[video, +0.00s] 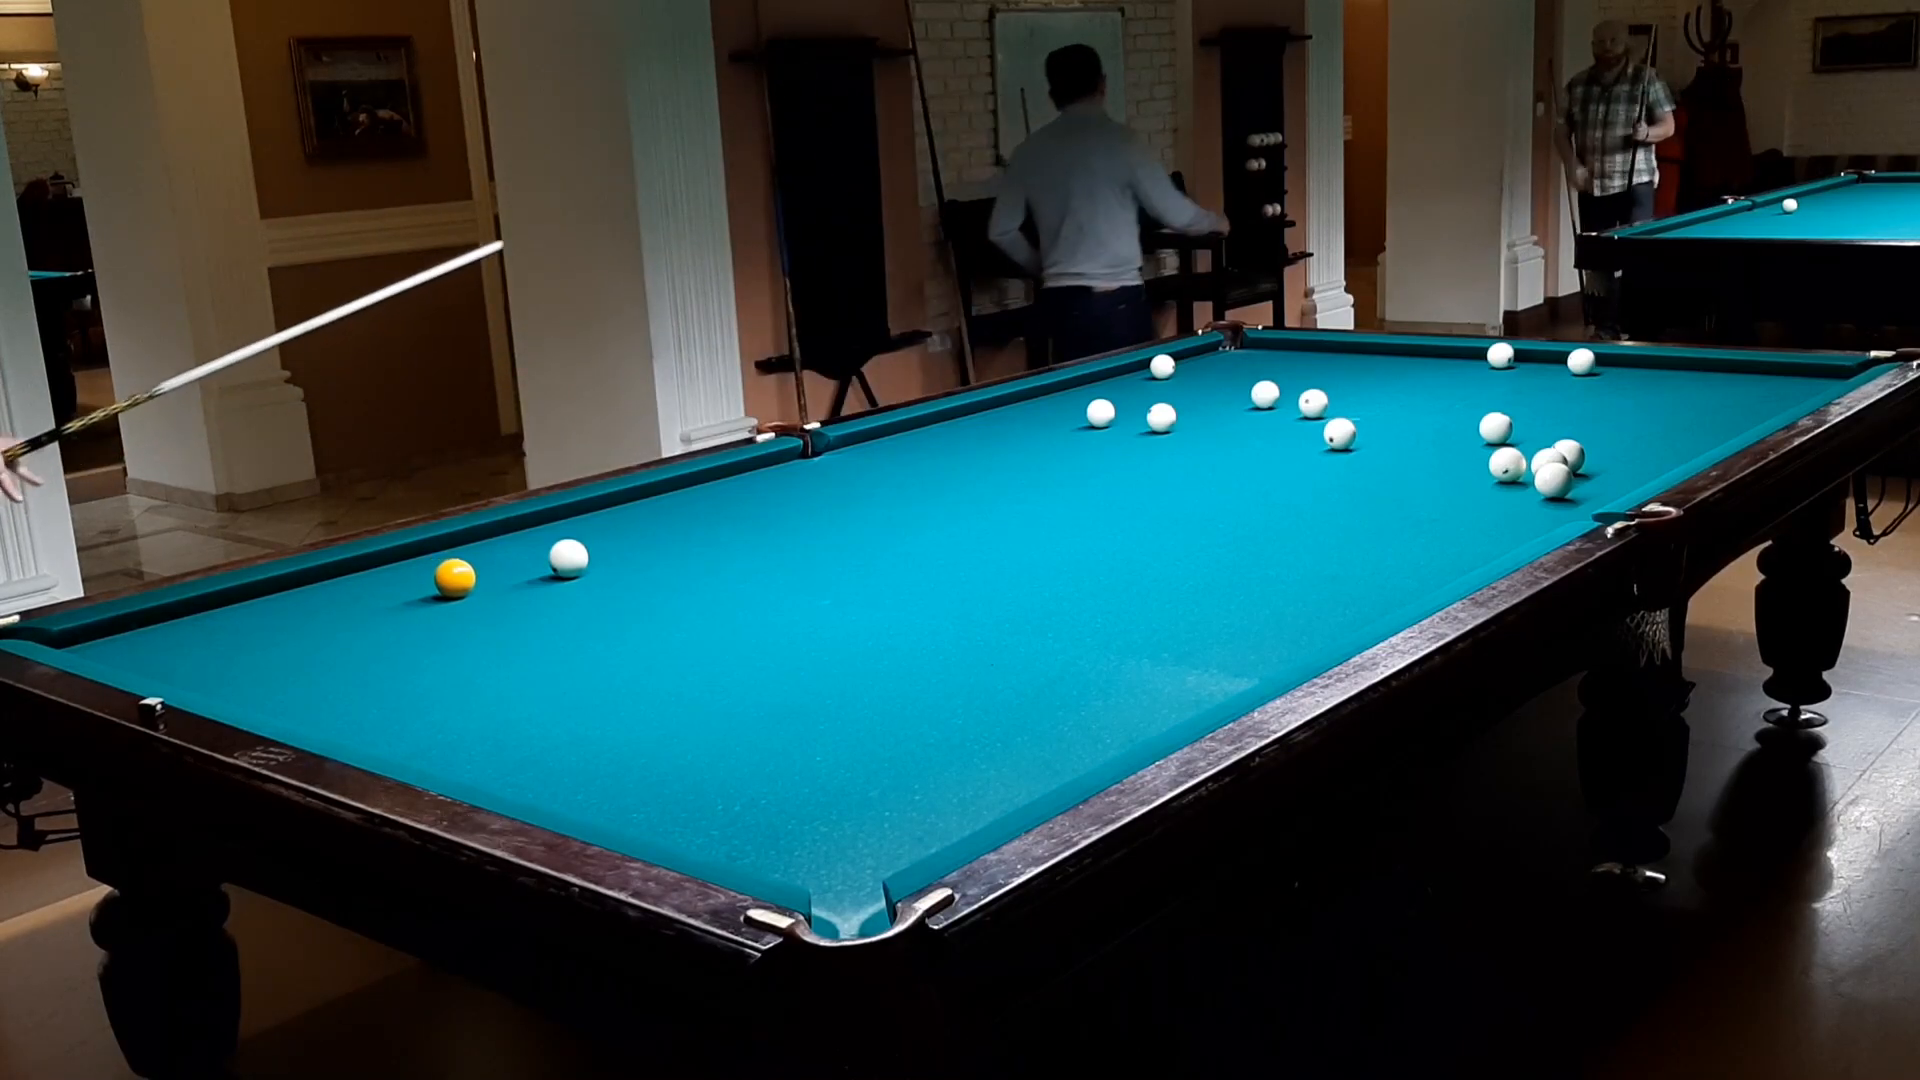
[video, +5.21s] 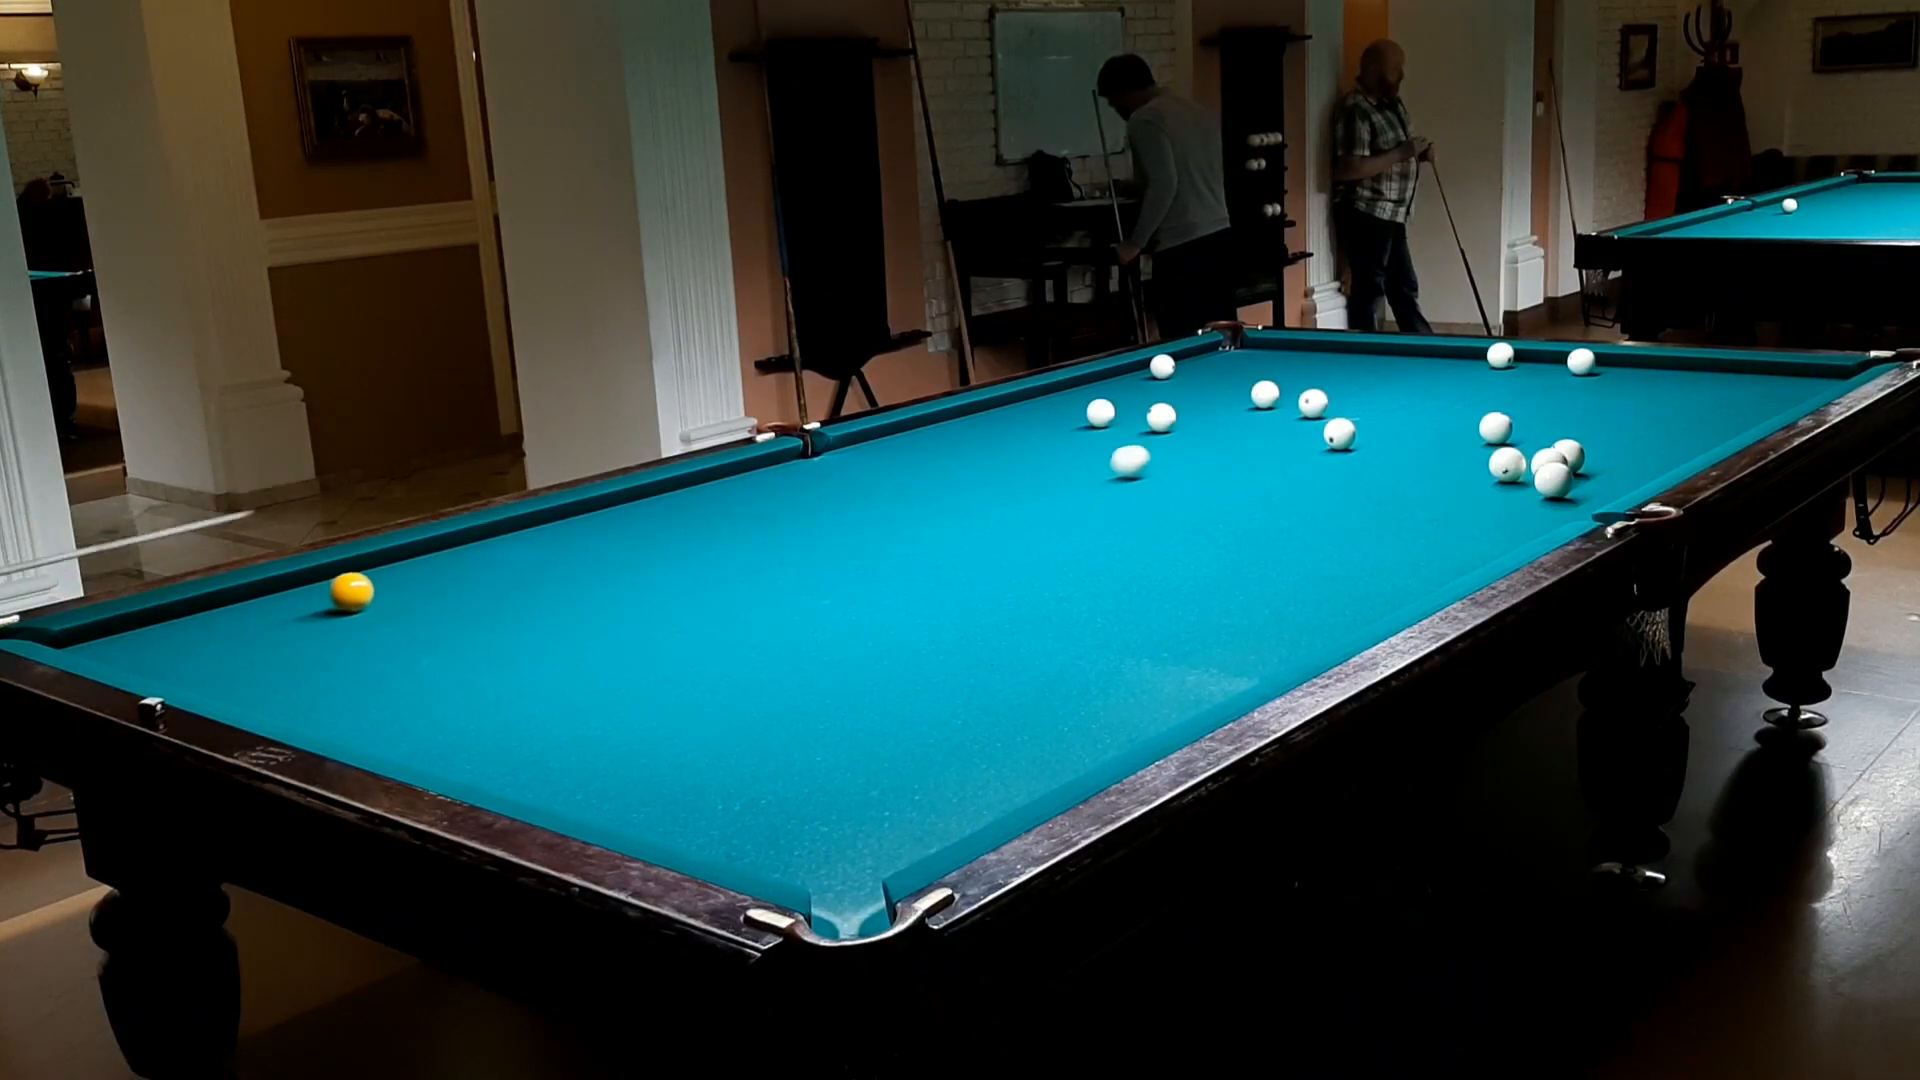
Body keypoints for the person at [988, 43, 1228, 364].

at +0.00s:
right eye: (1102, 80)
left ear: (1052, 95)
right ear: (1102, 85)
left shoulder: (1030, 151)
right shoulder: (1121, 140)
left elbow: (1001, 230)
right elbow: (1172, 212)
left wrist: (1042, 267)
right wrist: (1215, 221)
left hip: (1060, 302)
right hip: (1121, 301)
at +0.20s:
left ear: (1098, 88)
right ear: (1146, 78)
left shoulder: (1077, 140)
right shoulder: (1175, 134)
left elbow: (1049, 215)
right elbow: (1229, 205)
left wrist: (1077, 264)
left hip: (1105, 286)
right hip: (1171, 284)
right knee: (1175, 394)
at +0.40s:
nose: (1133, 100)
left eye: (1133, 93)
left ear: (1134, 96)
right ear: (1179, 87)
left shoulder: (1122, 146)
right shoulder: (1217, 140)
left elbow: (1100, 220)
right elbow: (1253, 205)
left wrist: (1093, 267)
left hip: (1147, 293)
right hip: (1211, 286)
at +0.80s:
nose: (1136, 94)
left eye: (1136, 85)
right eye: (1135, 85)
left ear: (1146, 85)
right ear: (1178, 77)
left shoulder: (1148, 130)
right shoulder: (1216, 120)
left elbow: (1148, 199)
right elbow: (1217, 185)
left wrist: (1120, 246)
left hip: (1172, 266)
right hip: (1222, 258)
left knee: (1172, 358)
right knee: (1219, 352)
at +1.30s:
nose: (1148, 96)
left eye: (1149, 87)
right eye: (1146, 88)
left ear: (1164, 83)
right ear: (1187, 74)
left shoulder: (1183, 118)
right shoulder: (1228, 116)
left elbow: (1200, 180)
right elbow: (1233, 181)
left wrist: (1159, 225)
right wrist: (1171, 176)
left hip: (1197, 252)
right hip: (1233, 246)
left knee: (1187, 345)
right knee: (1224, 339)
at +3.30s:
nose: (1123, 103)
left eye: (1121, 94)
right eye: (1119, 95)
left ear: (1131, 87)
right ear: (1159, 76)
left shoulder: (1153, 120)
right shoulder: (1201, 110)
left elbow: (1167, 183)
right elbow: (1207, 177)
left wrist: (1138, 242)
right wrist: (1142, 186)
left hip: (1182, 253)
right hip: (1221, 243)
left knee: (1182, 347)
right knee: (1220, 340)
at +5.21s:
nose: (1115, 110)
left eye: (1113, 101)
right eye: (1111, 103)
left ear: (1122, 92)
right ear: (1148, 81)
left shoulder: (1144, 121)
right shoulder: (1193, 109)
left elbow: (1163, 183)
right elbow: (1207, 171)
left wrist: (1134, 243)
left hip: (1180, 249)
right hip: (1220, 239)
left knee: (1180, 344)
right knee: (1221, 334)